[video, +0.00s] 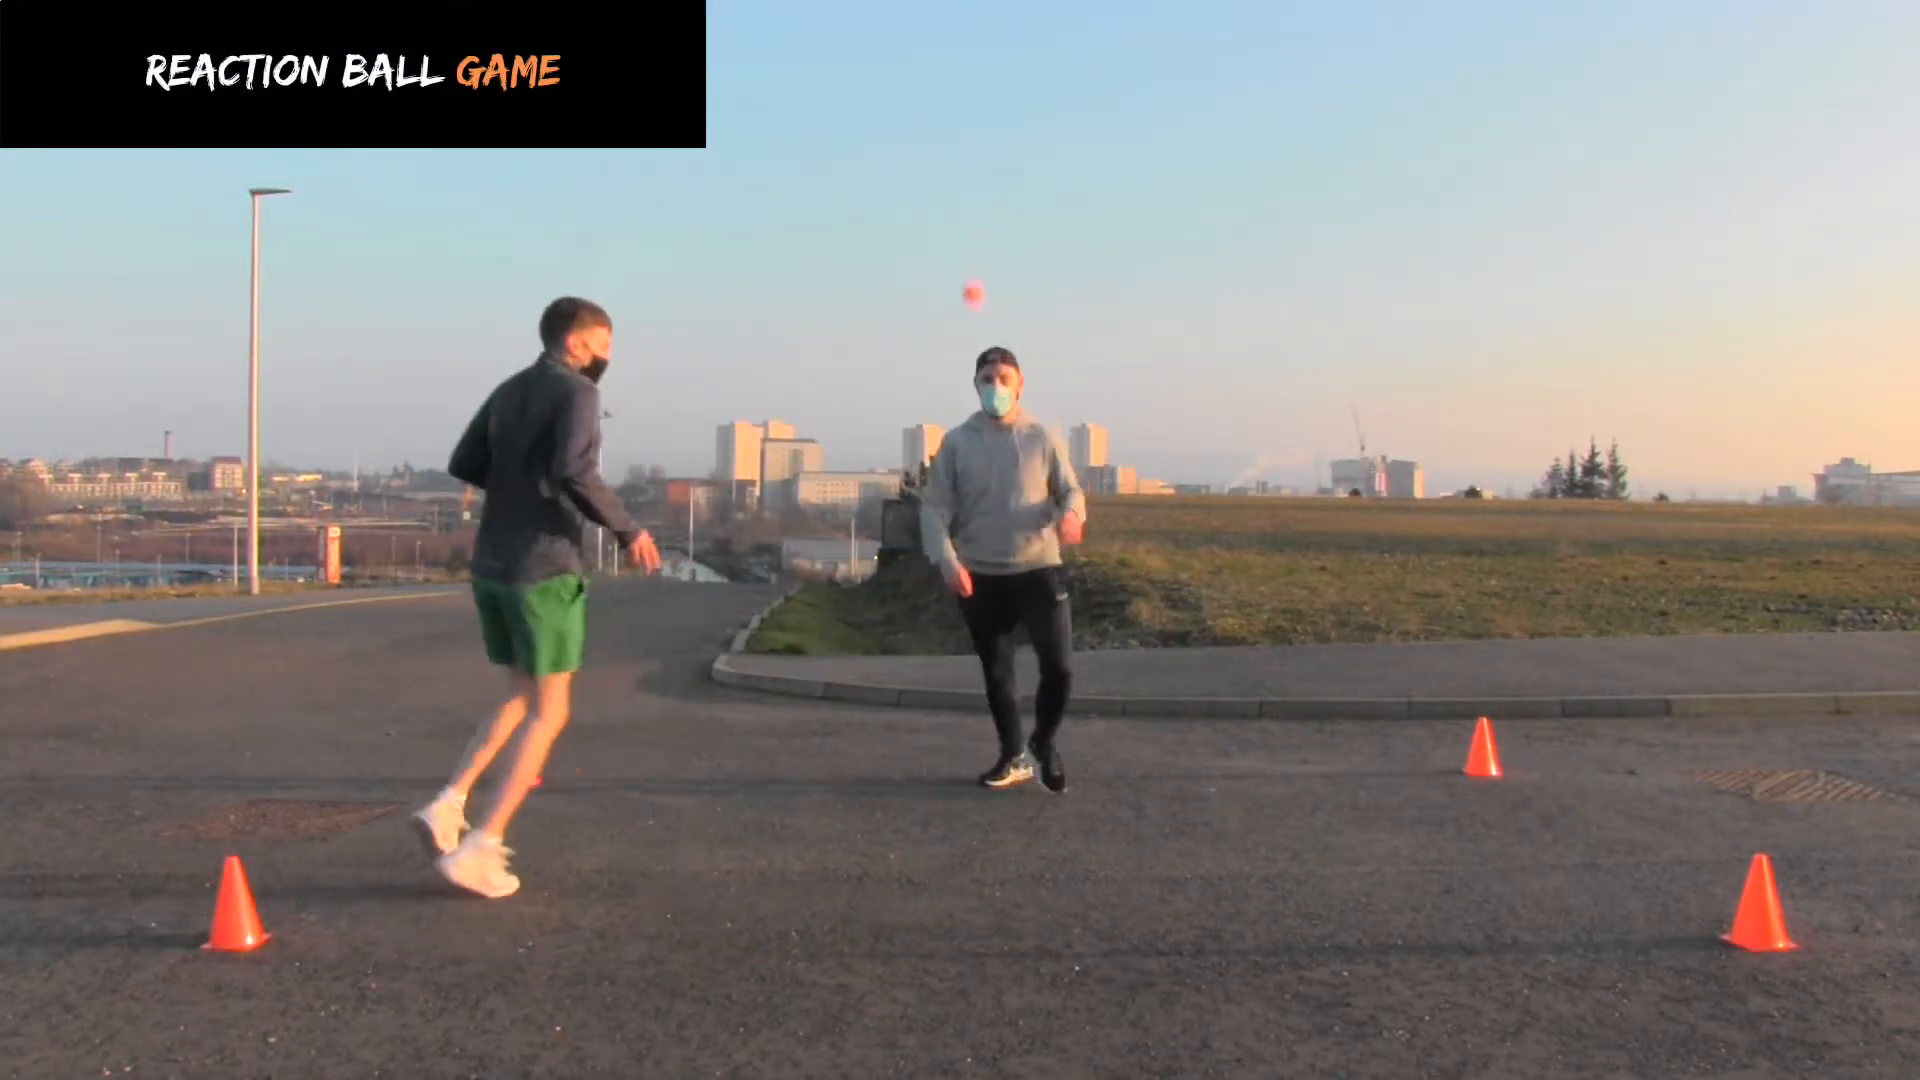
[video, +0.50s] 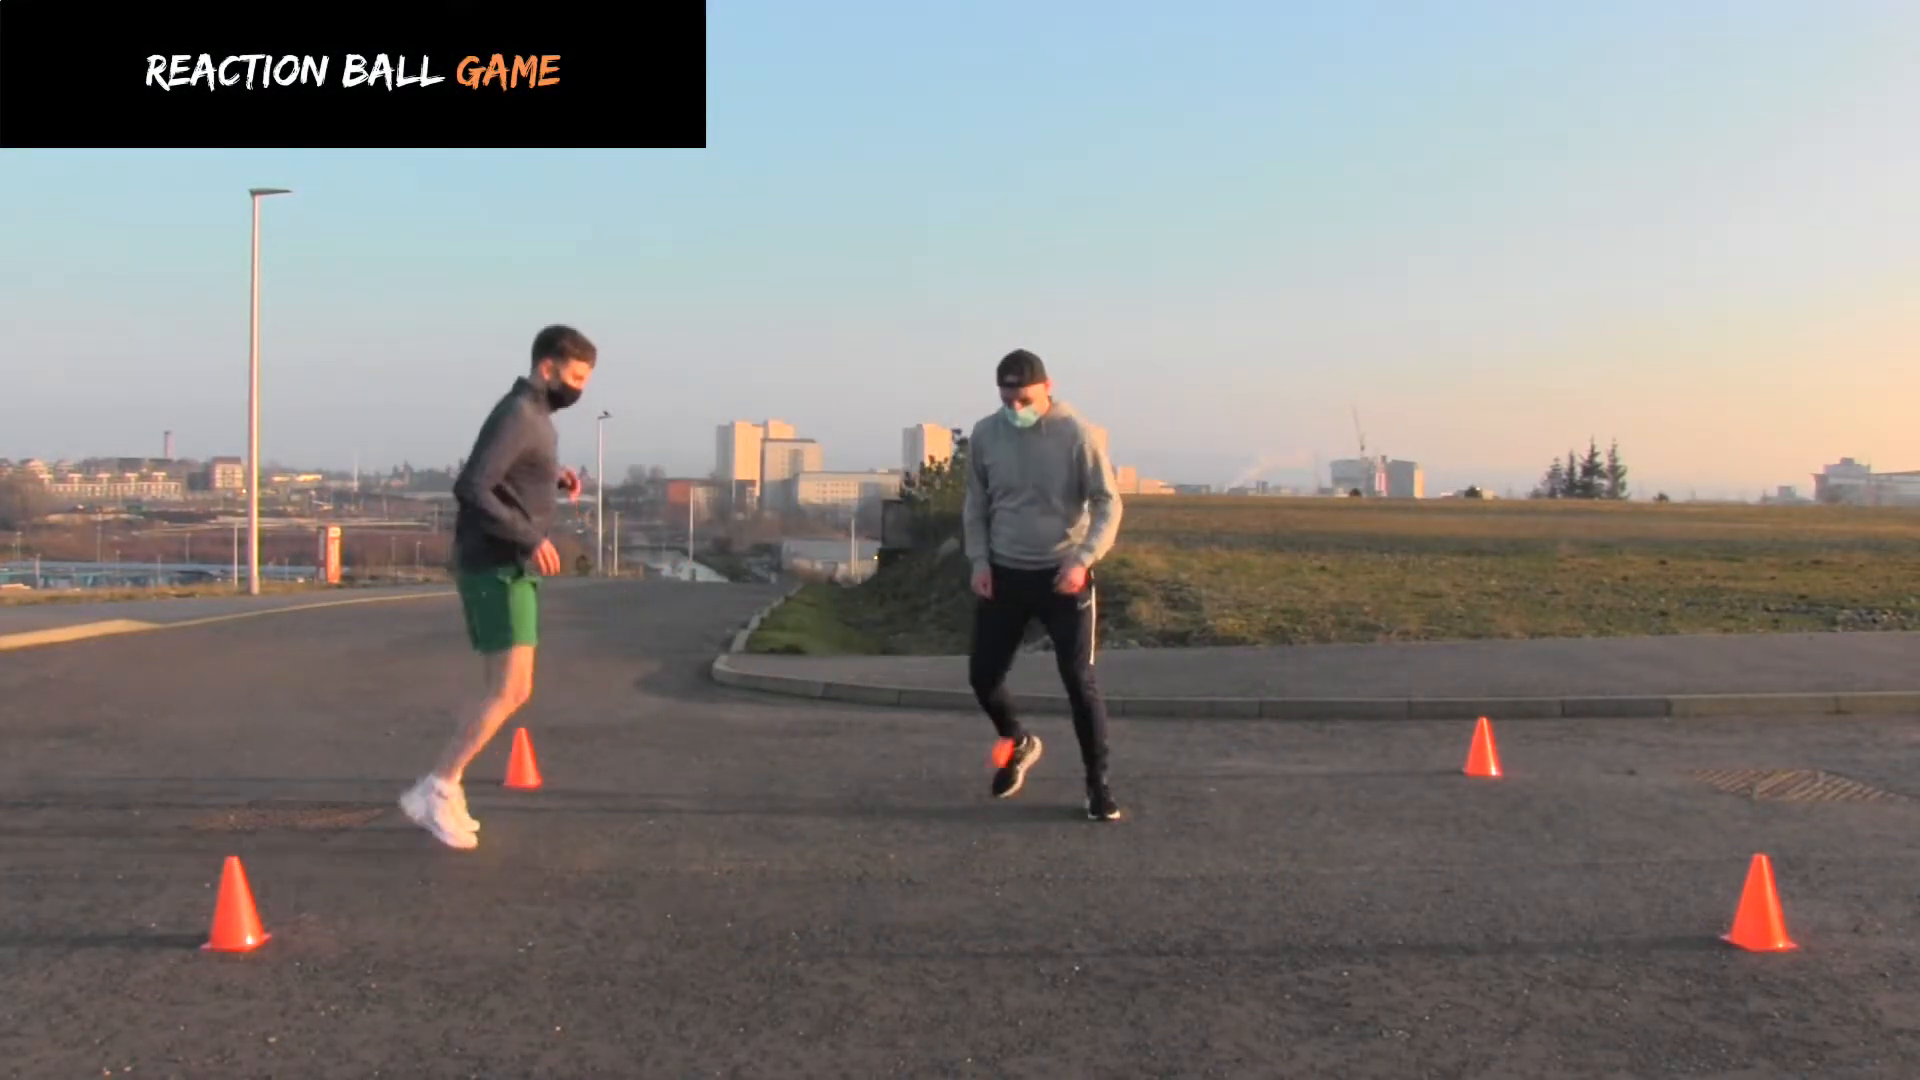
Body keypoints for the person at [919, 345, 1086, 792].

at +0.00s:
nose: (995, 386)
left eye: (1003, 378)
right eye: (986, 379)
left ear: (1019, 384)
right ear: (976, 387)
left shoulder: (1043, 437)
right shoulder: (957, 443)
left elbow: (1070, 491)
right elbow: (933, 510)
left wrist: (1072, 514)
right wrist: (947, 561)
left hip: (1041, 571)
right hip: (982, 574)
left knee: (1059, 669)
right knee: (997, 673)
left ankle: (1043, 743)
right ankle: (1014, 756)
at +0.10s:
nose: (1002, 387)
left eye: (1010, 380)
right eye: (993, 380)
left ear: (1026, 383)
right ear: (982, 385)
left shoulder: (1050, 434)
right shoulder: (964, 439)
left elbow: (1075, 484)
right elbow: (943, 506)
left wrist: (1073, 519)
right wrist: (953, 562)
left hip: (1047, 569)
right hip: (987, 572)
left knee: (1065, 665)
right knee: (1001, 674)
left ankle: (1065, 753)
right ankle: (1013, 754)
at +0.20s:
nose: (1013, 382)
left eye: (1022, 374)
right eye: (1005, 375)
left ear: (1040, 380)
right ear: (994, 381)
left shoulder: (1068, 428)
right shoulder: (972, 436)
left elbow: (1093, 477)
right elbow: (953, 499)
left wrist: (1077, 517)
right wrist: (966, 555)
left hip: (1056, 569)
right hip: (997, 571)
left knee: (1074, 672)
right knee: (1003, 672)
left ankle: (1096, 778)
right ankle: (1011, 750)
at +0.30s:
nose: (1020, 394)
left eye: (1029, 386)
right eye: (1012, 386)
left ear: (1048, 388)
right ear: (1002, 390)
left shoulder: (1079, 436)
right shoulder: (979, 443)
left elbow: (1106, 483)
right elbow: (960, 508)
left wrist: (1086, 525)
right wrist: (978, 566)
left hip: (1065, 576)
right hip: (1003, 579)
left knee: (1080, 678)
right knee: (1002, 677)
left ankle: (1098, 784)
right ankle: (1012, 746)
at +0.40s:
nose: (1023, 408)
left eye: (1031, 400)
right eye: (1015, 400)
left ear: (1052, 394)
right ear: (1005, 395)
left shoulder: (1082, 438)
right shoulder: (986, 442)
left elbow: (1115, 498)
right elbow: (976, 511)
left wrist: (1091, 550)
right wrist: (982, 568)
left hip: (1069, 577)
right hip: (1009, 579)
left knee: (1081, 680)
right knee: (994, 680)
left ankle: (1098, 786)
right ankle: (1017, 739)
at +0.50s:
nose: (1016, 405)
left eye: (1025, 397)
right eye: (1008, 397)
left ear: (1046, 388)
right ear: (998, 392)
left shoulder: (1077, 434)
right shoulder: (984, 435)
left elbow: (1108, 503)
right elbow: (975, 504)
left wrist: (1084, 559)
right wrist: (979, 561)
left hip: (1064, 576)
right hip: (1004, 575)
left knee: (1081, 681)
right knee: (984, 677)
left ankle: (1098, 787)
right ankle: (1017, 741)